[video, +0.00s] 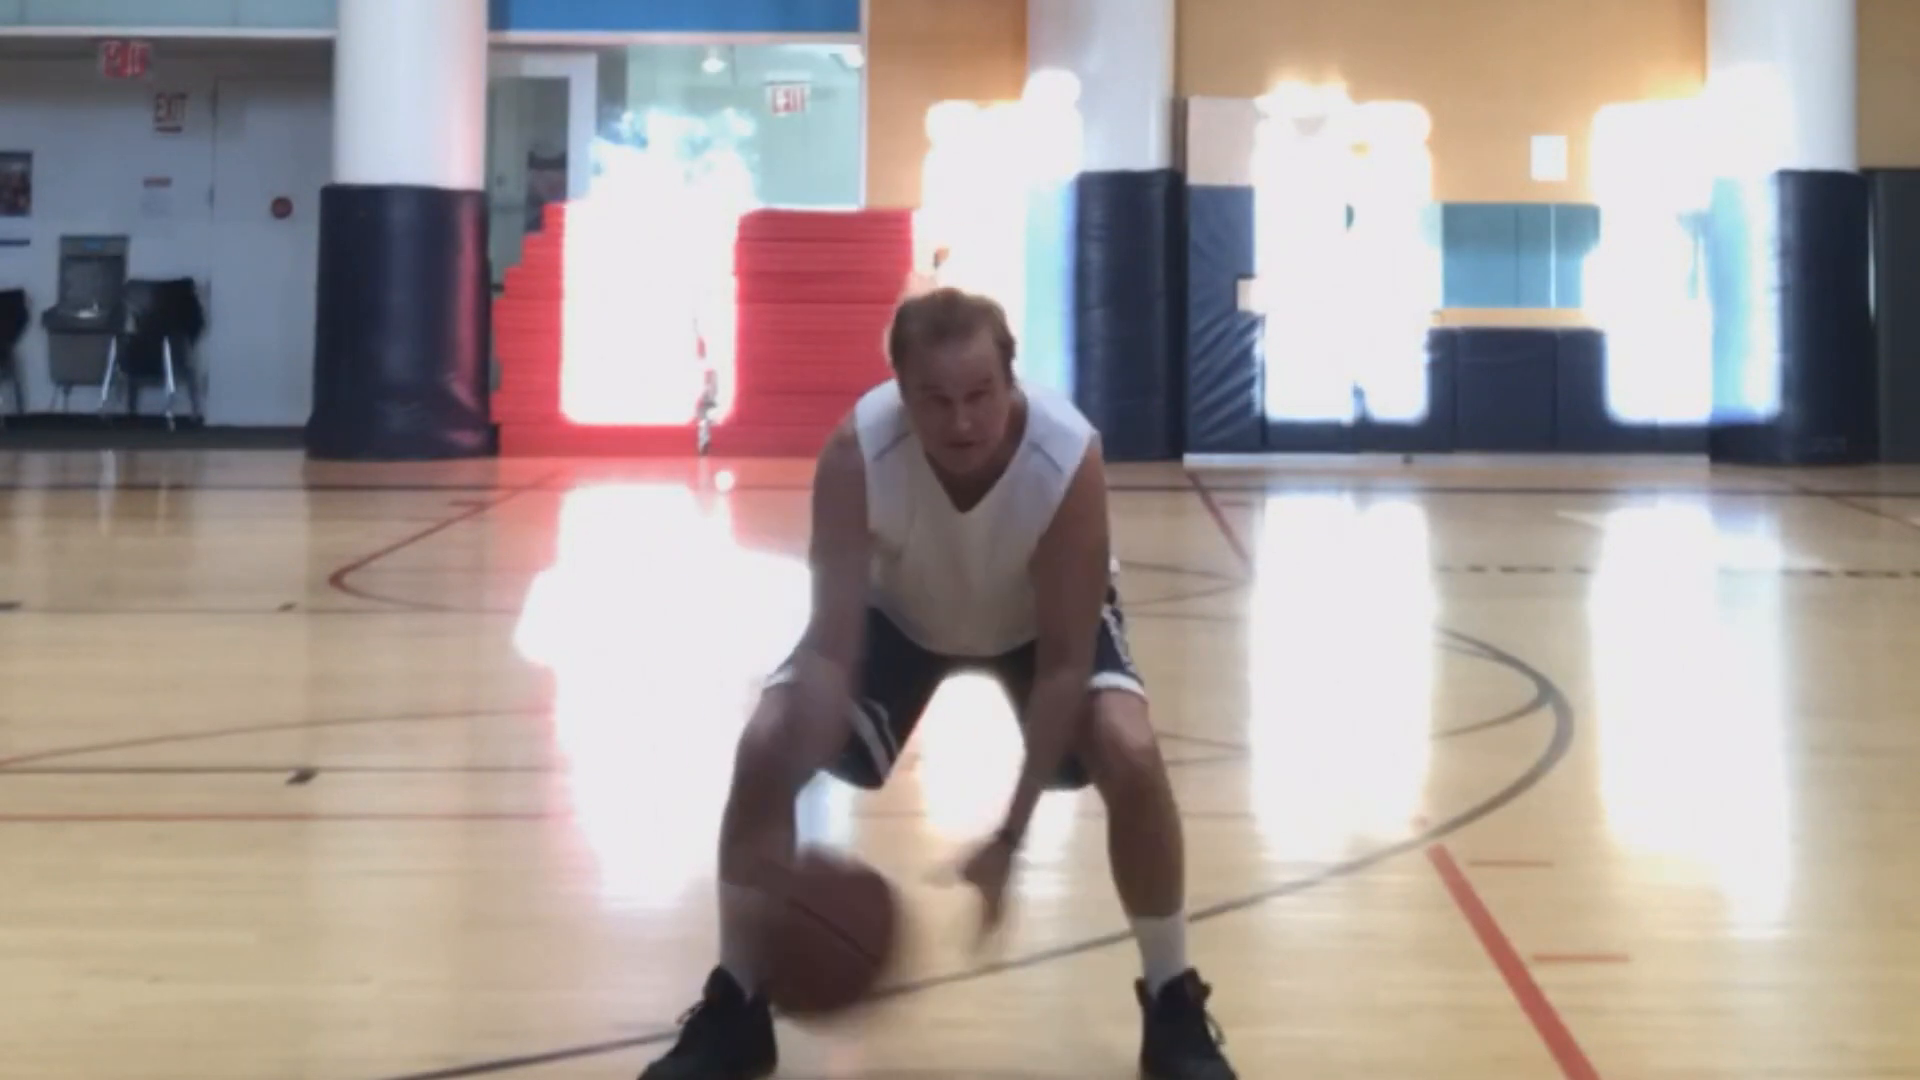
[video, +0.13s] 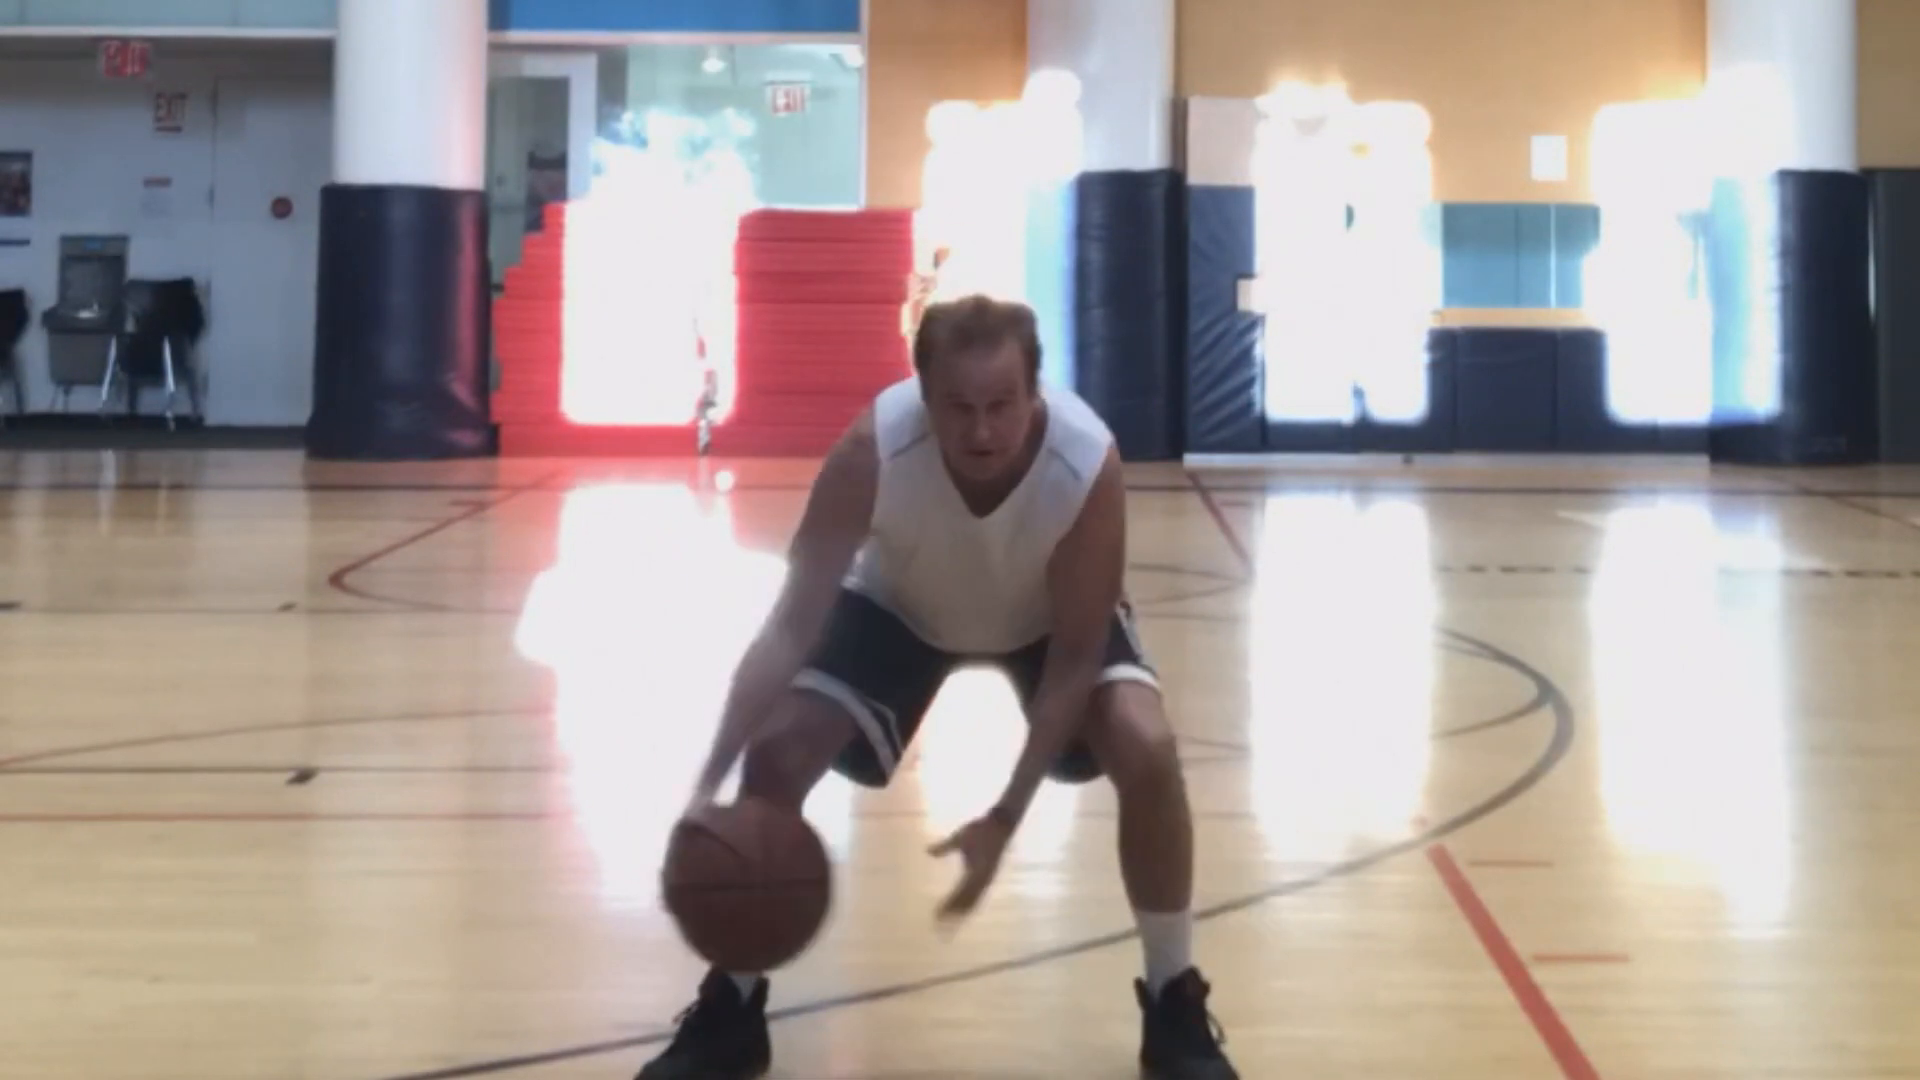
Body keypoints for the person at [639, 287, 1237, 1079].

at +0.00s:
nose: (961, 422)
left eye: (980, 395)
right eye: (936, 400)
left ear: (1011, 374)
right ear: (901, 386)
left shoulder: (1066, 454)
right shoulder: (857, 455)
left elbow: (1065, 661)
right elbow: (830, 646)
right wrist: (792, 835)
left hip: (1041, 623)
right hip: (899, 622)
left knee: (1133, 758)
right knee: (765, 750)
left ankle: (1174, 1007)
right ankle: (735, 1010)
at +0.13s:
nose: (981, 432)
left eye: (1000, 406)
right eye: (958, 409)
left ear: (1035, 391)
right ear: (925, 394)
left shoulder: (1086, 463)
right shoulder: (873, 451)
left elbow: (1077, 656)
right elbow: (791, 626)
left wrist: (1003, 818)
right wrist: (705, 790)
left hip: (1048, 615)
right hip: (899, 609)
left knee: (1146, 749)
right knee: (774, 756)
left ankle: (1175, 1007)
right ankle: (731, 1010)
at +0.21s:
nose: (1013, 470)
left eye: (1040, 451)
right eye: (997, 443)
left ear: (1074, 446)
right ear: (970, 423)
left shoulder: (1110, 527)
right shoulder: (900, 481)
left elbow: (1143, 728)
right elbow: (824, 676)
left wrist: (1167, 900)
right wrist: (876, 847)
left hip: (1057, 652)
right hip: (908, 646)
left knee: (1185, 743)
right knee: (760, 758)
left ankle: (1173, 986)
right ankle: (730, 1007)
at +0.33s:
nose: (992, 449)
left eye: (1017, 428)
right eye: (973, 423)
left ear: (1053, 417)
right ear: (946, 405)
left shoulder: (1093, 507)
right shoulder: (883, 464)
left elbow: (1120, 719)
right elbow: (806, 653)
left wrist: (1113, 893)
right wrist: (852, 825)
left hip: (1051, 650)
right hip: (900, 642)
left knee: (1161, 763)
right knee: (761, 762)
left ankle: (1171, 1008)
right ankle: (729, 1010)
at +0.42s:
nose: (996, 454)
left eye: (1021, 433)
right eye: (977, 429)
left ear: (1056, 424)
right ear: (948, 411)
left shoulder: (1097, 506)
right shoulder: (886, 467)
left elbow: (1134, 710)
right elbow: (815, 658)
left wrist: (1137, 897)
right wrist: (872, 824)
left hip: (1052, 651)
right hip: (902, 644)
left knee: (1160, 765)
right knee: (764, 765)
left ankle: (1166, 1018)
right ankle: (730, 1010)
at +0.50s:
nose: (1009, 476)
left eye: (1032, 454)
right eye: (988, 454)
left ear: (1062, 428)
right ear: (953, 425)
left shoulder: (1097, 466)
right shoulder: (891, 449)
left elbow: (1148, 648)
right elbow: (845, 639)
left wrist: (1078, 815)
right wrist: (894, 773)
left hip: (1045, 609)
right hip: (900, 608)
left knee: (1150, 743)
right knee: (765, 755)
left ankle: (1174, 1009)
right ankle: (729, 1008)